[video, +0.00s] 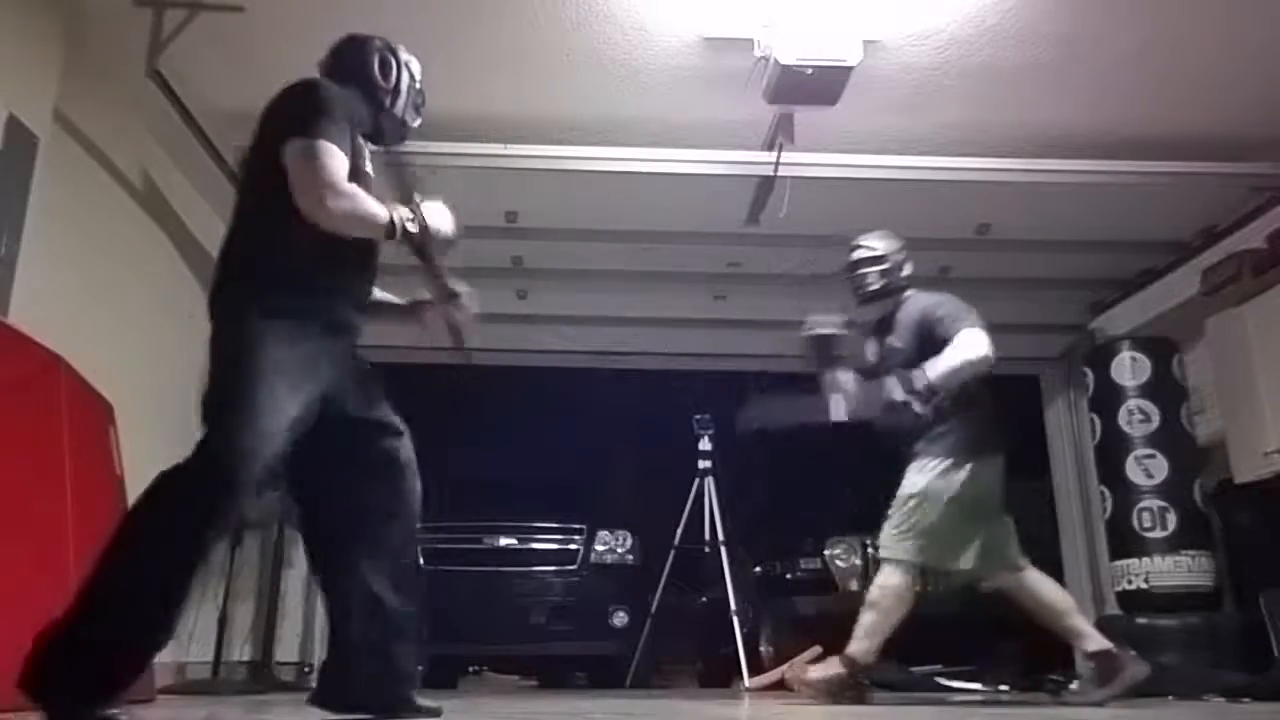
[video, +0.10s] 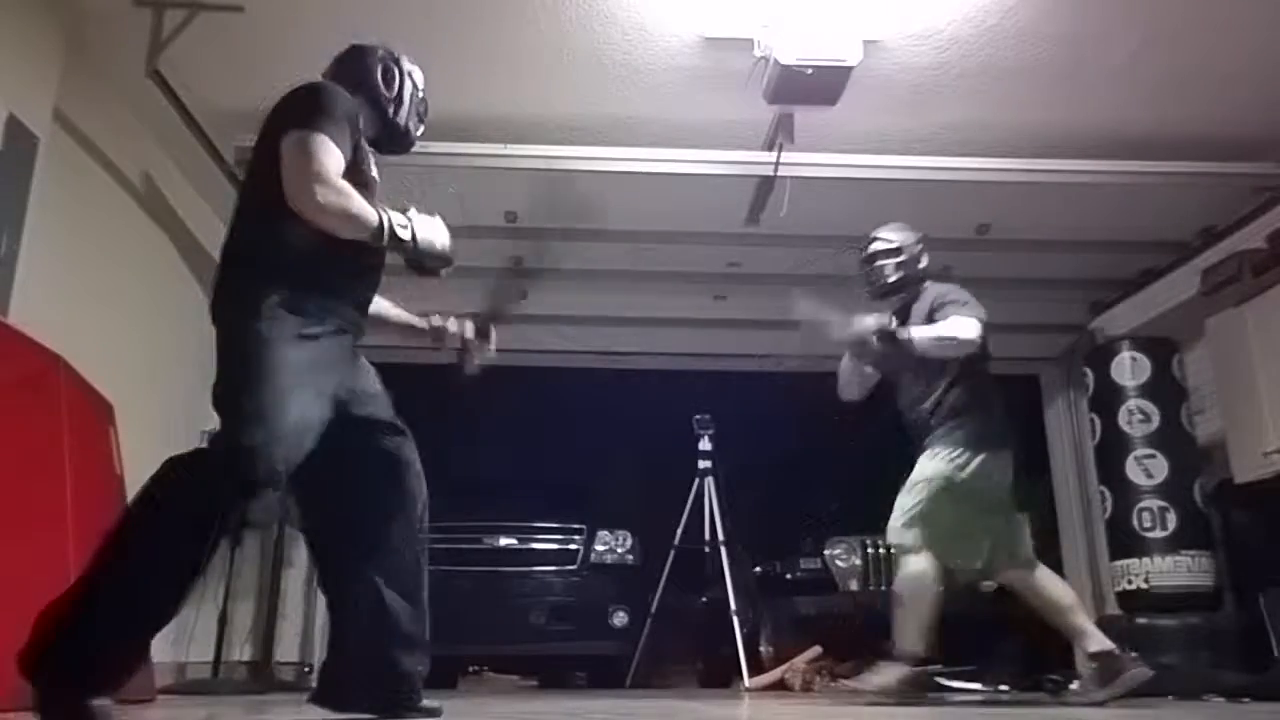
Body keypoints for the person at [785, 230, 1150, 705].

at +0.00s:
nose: (863, 276)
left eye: (873, 265)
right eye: (856, 269)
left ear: (899, 267)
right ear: (852, 278)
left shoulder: (931, 305)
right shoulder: (880, 335)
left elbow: (977, 350)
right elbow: (867, 404)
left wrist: (915, 381)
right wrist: (831, 364)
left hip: (960, 446)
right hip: (941, 450)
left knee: (899, 554)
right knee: (1007, 569)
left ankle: (851, 664)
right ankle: (1104, 656)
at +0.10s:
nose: (880, 266)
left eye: (890, 255)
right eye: (872, 259)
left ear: (919, 257)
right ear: (866, 268)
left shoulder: (943, 296)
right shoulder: (883, 323)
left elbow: (967, 336)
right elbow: (851, 392)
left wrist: (897, 335)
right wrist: (859, 344)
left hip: (970, 434)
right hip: (952, 440)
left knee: (912, 534)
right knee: (1013, 563)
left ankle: (907, 663)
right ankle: (1102, 656)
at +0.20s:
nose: (892, 256)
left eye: (900, 246)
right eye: (884, 250)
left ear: (925, 248)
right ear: (877, 258)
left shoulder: (949, 289)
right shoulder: (896, 311)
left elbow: (953, 338)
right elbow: (866, 384)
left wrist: (884, 333)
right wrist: (852, 337)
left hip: (971, 433)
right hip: (952, 439)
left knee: (931, 537)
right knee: (1013, 558)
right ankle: (1102, 654)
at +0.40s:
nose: (878, 258)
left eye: (886, 247)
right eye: (871, 252)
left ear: (915, 246)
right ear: (869, 261)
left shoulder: (938, 285)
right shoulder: (895, 303)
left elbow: (916, 334)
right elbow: (870, 371)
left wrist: (852, 362)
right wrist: (869, 326)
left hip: (975, 442)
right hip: (943, 449)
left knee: (973, 553)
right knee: (942, 555)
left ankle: (1015, 669)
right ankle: (1049, 634)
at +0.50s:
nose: (874, 263)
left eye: (882, 252)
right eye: (866, 257)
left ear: (907, 250)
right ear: (861, 266)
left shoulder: (931, 286)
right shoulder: (883, 312)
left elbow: (902, 316)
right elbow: (868, 385)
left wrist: (831, 324)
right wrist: (867, 334)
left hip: (971, 443)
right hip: (935, 452)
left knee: (975, 554)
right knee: (934, 558)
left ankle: (1015, 667)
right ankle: (979, 660)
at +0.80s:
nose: (853, 281)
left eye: (861, 270)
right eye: (846, 274)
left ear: (888, 269)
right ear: (841, 280)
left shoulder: (911, 302)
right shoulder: (853, 322)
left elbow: (900, 354)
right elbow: (815, 381)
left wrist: (838, 377)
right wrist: (839, 324)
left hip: (940, 431)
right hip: (910, 439)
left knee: (899, 527)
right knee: (929, 550)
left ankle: (967, 646)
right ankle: (957, 660)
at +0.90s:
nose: (849, 280)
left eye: (858, 269)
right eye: (840, 273)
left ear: (884, 270)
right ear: (835, 281)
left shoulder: (904, 304)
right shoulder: (846, 329)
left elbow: (893, 351)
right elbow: (825, 383)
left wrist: (839, 371)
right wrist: (812, 335)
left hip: (930, 438)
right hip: (893, 448)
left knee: (892, 531)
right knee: (914, 555)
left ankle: (900, 655)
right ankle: (944, 665)